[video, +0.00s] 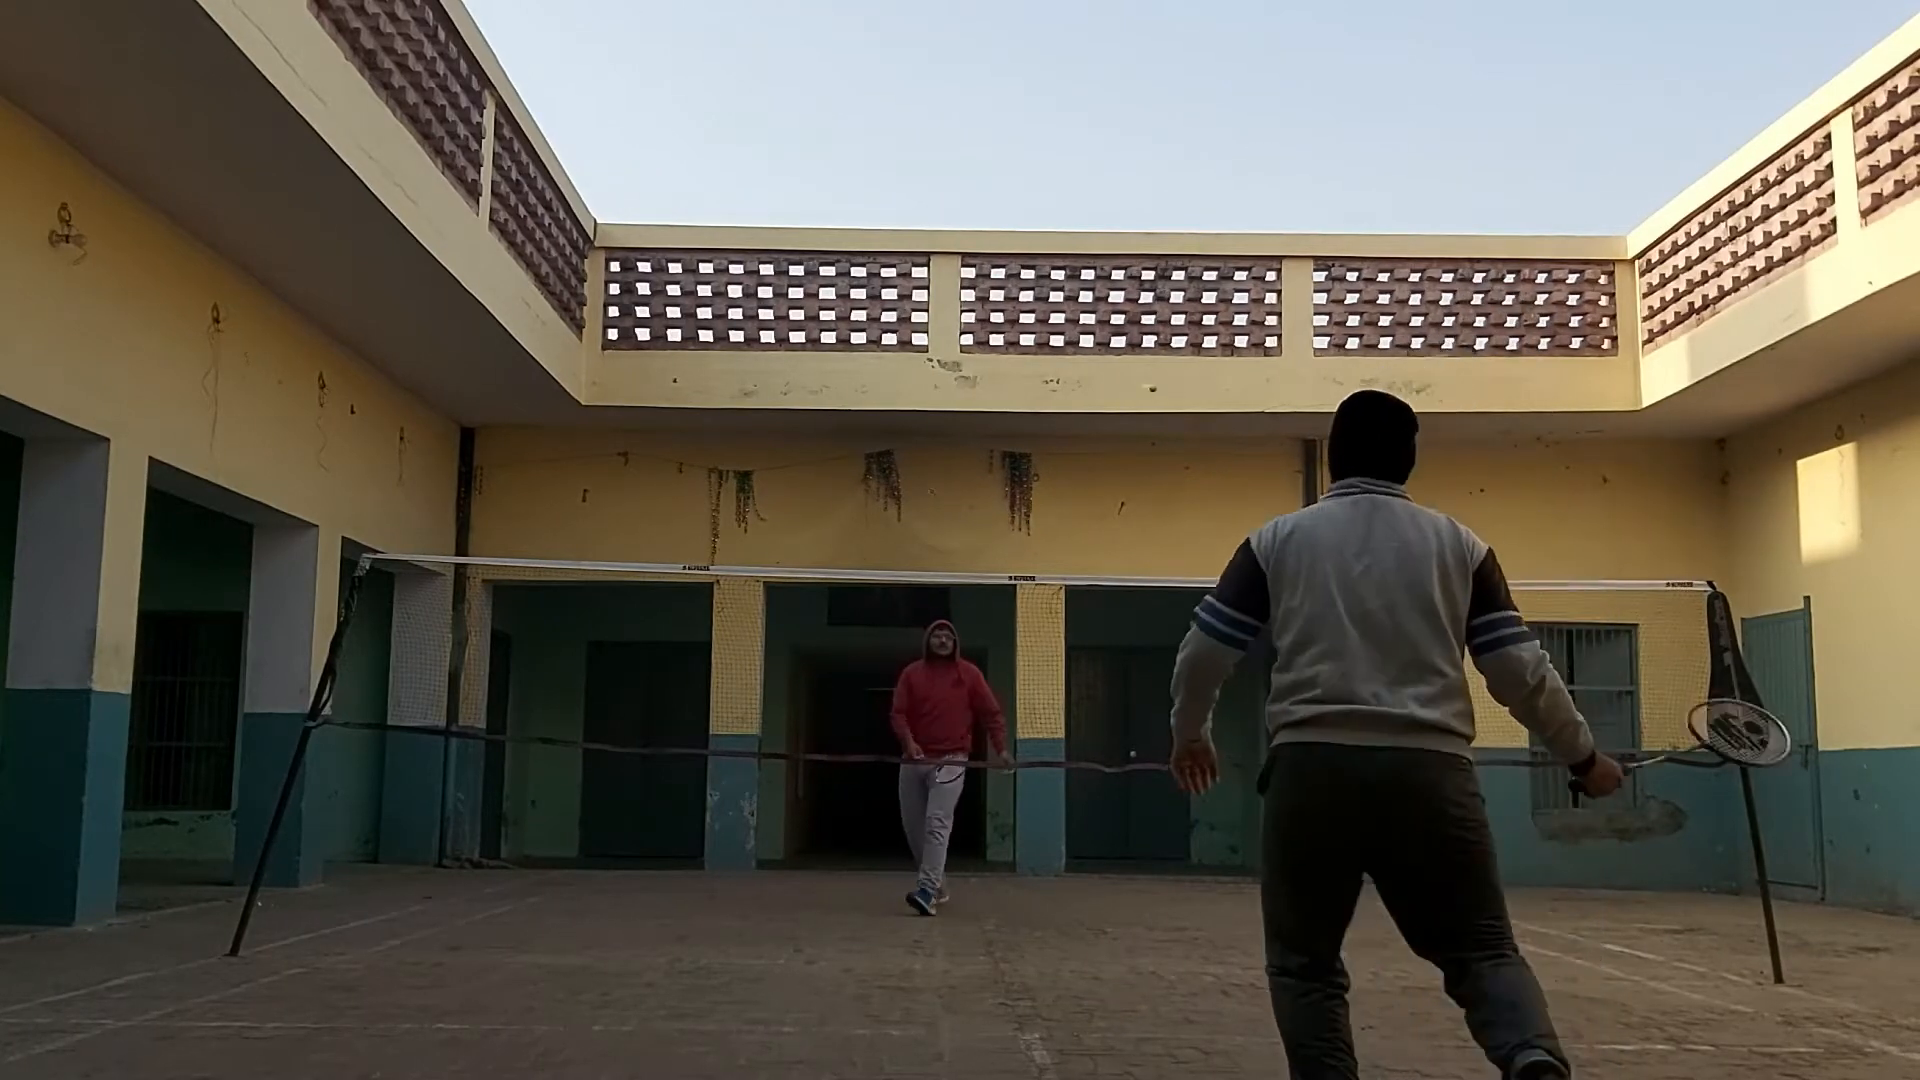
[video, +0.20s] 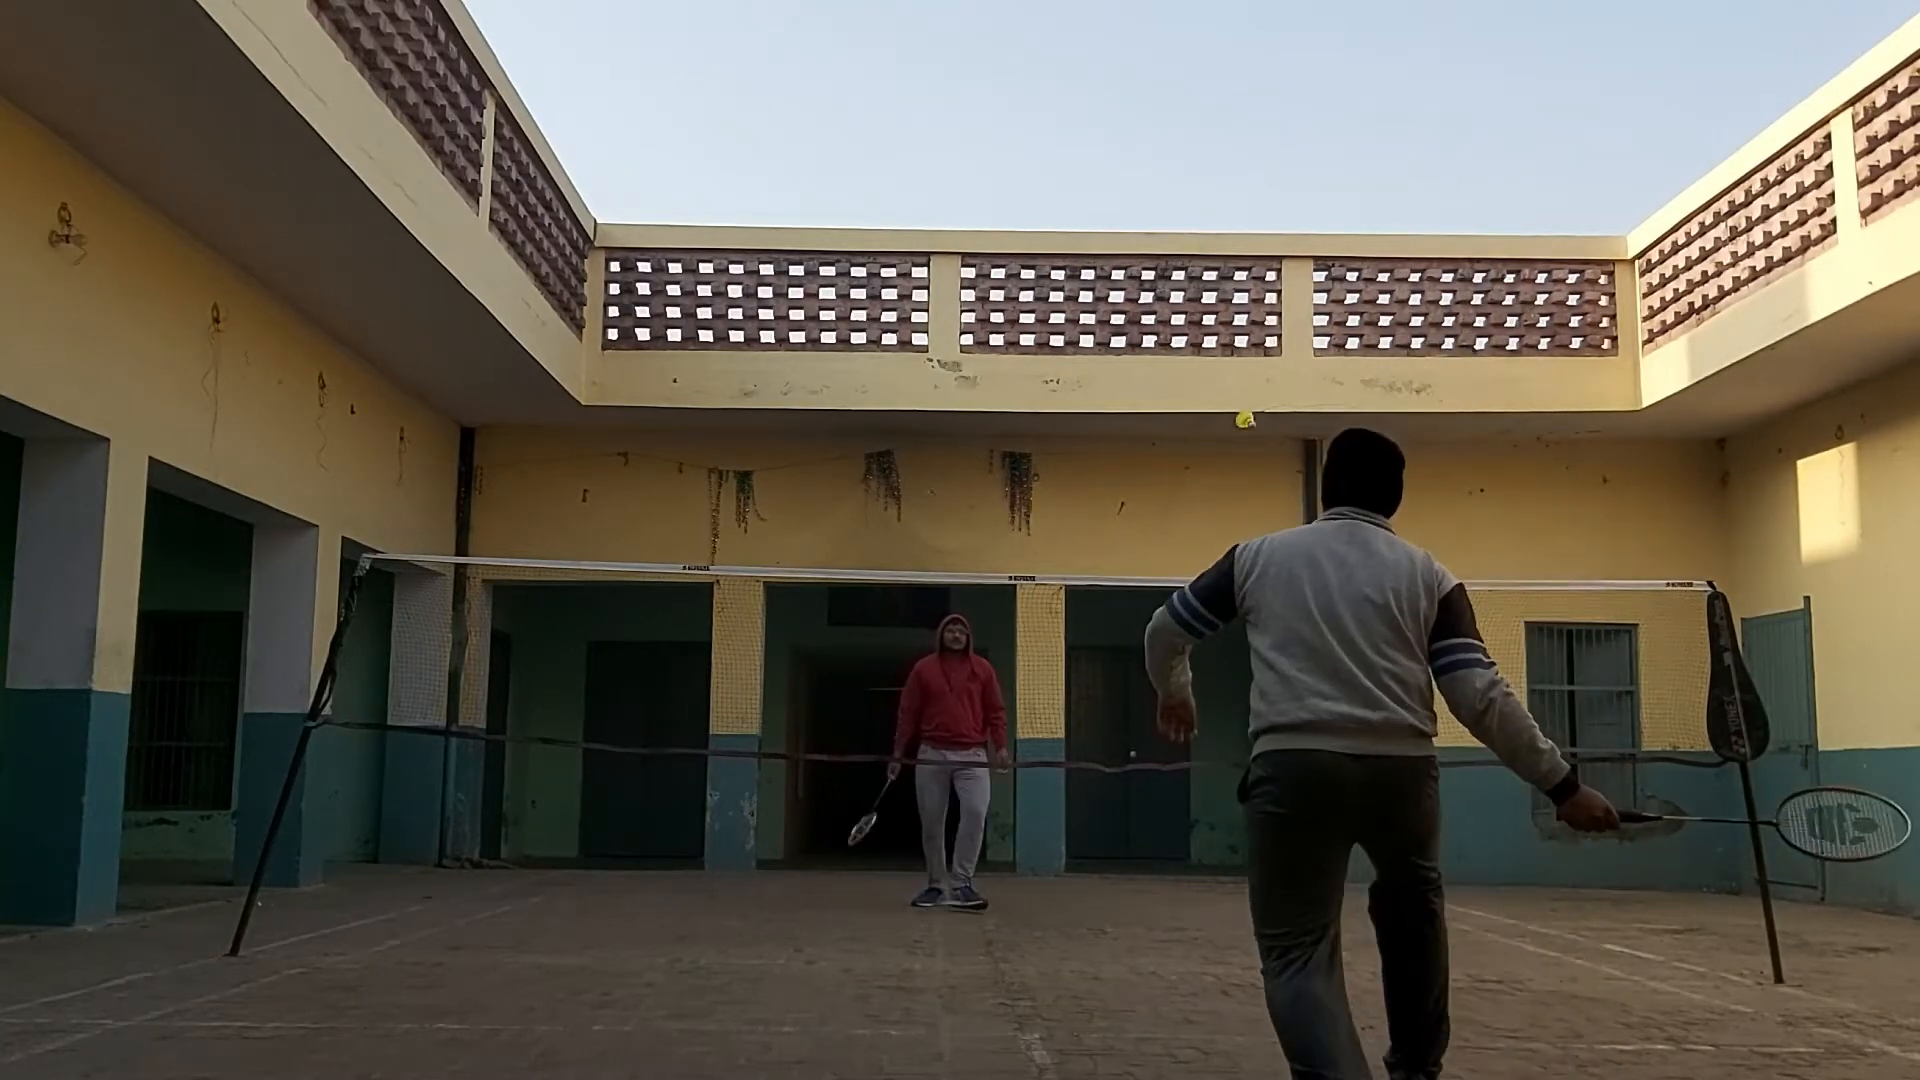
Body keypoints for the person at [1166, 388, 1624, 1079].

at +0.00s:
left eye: (1339, 451)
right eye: (1402, 453)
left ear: (1332, 456)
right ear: (1410, 461)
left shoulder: (1275, 541)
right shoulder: (1460, 546)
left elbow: (1200, 654)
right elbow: (1519, 670)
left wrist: (1190, 732)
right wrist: (1584, 756)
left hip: (1308, 777)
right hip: (1431, 777)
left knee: (1304, 964)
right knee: (1480, 947)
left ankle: (1328, 1077)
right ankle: (1535, 1061)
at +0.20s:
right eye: (1393, 490)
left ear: (1325, 488)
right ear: (1396, 498)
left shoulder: (1258, 557)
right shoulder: (1427, 576)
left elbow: (1164, 632)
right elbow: (1478, 695)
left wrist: (1174, 695)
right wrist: (1567, 786)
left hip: (1291, 767)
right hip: (1401, 769)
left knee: (1295, 947)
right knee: (1411, 890)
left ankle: (1335, 1076)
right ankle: (1415, 1065)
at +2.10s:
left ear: (933, 442)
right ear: (1006, 443)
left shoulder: (880, 506)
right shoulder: (1046, 515)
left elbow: (817, 609)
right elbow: (1082, 624)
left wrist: (883, 666)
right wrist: (1075, 696)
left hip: (889, 707)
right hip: (1003, 711)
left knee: (823, 908)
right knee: (1053, 902)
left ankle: (808, 1069)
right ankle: (1076, 1068)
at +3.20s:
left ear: (861, 453)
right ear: (934, 452)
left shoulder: (812, 539)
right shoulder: (975, 523)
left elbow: (766, 657)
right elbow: (1025, 636)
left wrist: (820, 715)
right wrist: (1018, 697)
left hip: (829, 752)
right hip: (946, 752)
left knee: (768, 906)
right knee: (1028, 924)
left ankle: (678, 1051)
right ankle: (1054, 1068)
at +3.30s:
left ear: (870, 462)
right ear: (941, 462)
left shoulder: (821, 546)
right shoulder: (968, 537)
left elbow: (780, 664)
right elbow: (1031, 651)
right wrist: (1058, 655)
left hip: (831, 762)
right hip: (944, 762)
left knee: (771, 907)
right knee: (1032, 923)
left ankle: (691, 1060)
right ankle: (1057, 1069)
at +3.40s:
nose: (933, 475)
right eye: (934, 464)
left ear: (862, 465)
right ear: (930, 468)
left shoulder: (809, 549)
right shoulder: (943, 543)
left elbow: (771, 645)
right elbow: (1018, 629)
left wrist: (849, 633)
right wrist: (1072, 555)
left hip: (819, 769)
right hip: (929, 769)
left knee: (769, 920)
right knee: (1023, 928)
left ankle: (693, 1063)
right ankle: (1055, 1072)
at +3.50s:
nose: (913, 456)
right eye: (910, 448)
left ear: (835, 451)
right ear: (906, 454)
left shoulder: (779, 538)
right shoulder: (943, 533)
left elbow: (747, 614)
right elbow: (994, 607)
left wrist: (823, 594)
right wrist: (1047, 529)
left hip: (819, 762)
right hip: (927, 757)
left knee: (768, 906)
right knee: (998, 917)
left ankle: (693, 1060)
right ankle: (1044, 1072)